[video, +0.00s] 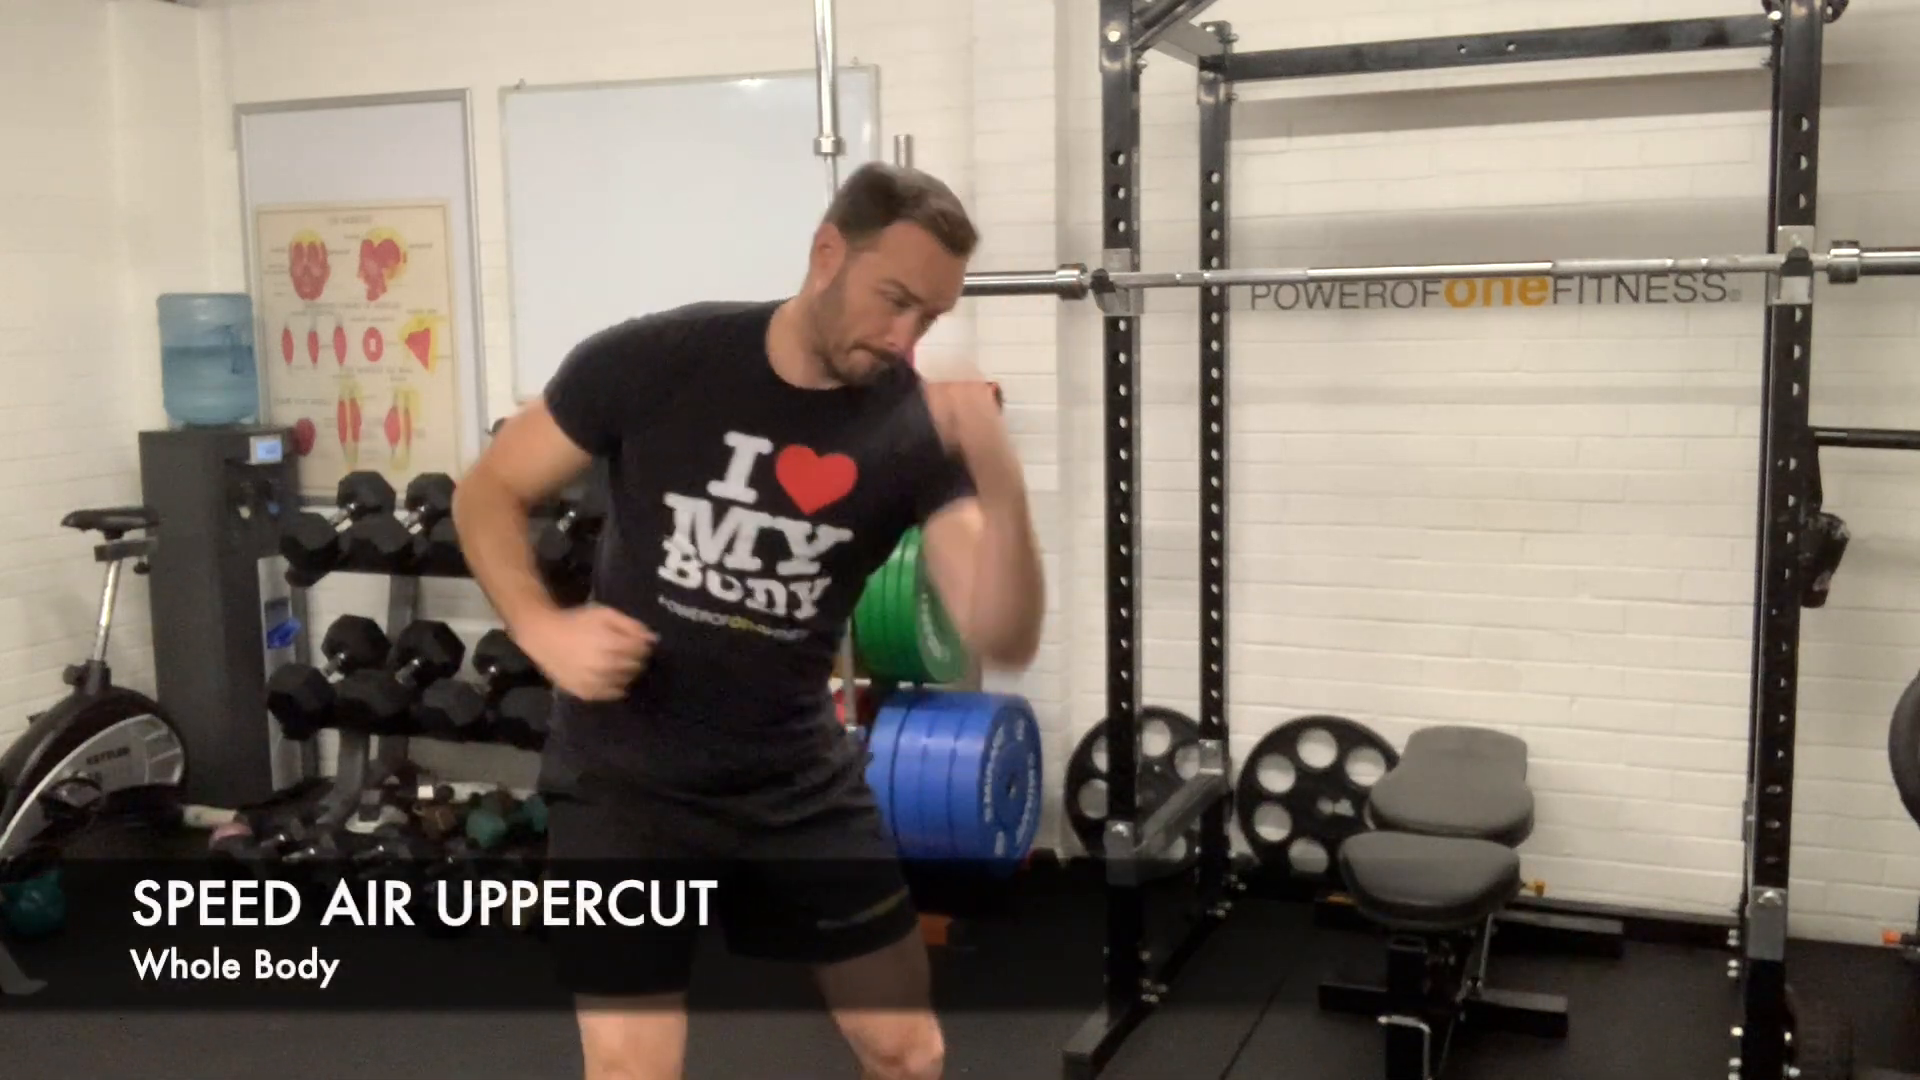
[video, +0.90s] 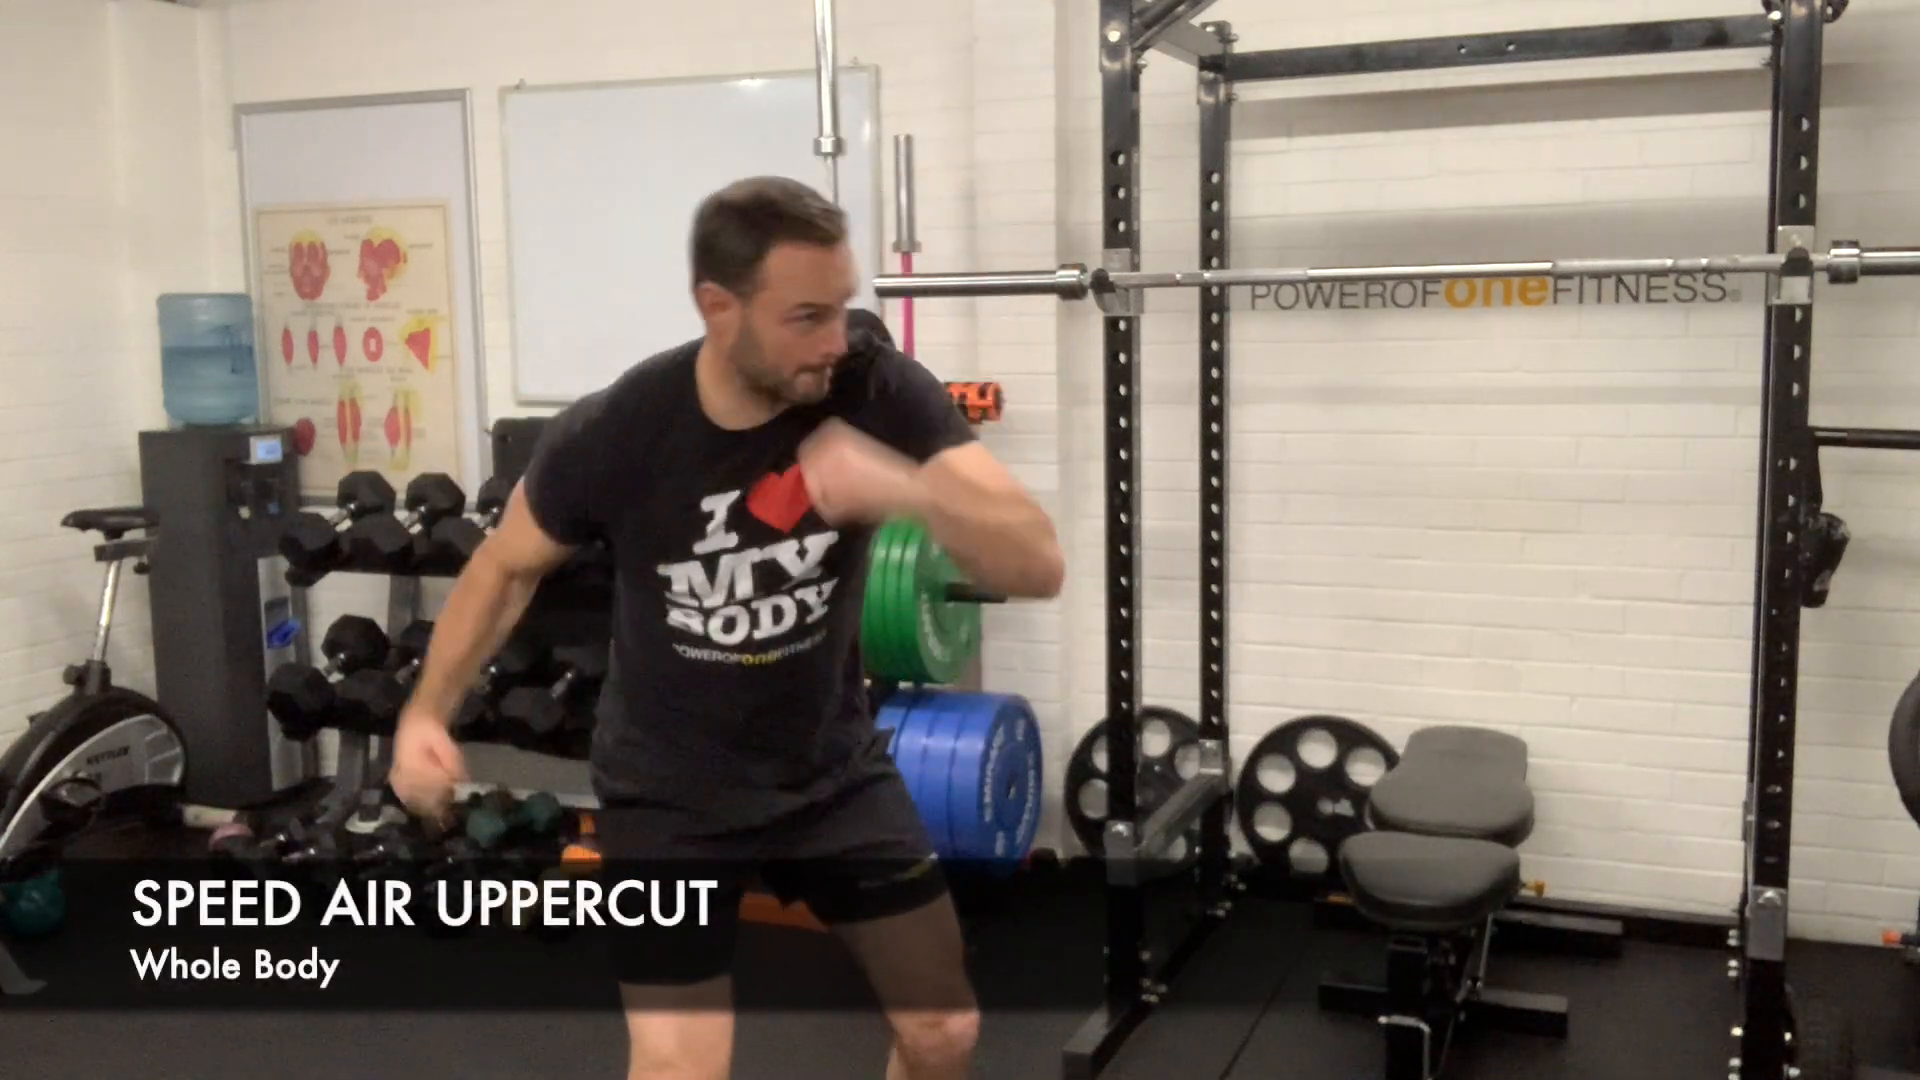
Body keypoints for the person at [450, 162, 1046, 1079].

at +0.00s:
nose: (907, 335)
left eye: (931, 316)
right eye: (894, 300)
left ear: (949, 308)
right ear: (826, 253)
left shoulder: (919, 432)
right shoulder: (648, 365)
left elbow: (1005, 638)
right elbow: (485, 492)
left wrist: (995, 466)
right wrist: (542, 627)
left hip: (798, 764)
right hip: (631, 761)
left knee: (909, 1054)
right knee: (632, 1065)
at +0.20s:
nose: (776, 301)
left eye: (789, 265)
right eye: (741, 277)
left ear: (803, 239)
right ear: (665, 267)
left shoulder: (870, 362)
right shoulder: (601, 399)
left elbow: (1031, 570)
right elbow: (505, 508)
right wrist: (493, 639)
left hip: (852, 758)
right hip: (674, 768)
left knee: (932, 1040)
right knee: (654, 1051)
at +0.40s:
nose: (823, 308)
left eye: (828, 279)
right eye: (800, 285)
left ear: (724, 277)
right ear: (710, 277)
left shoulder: (763, 360)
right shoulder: (673, 428)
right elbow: (863, 647)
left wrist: (849, 510)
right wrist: (985, 450)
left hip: (833, 741)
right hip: (716, 783)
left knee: (928, 1016)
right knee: (732, 1064)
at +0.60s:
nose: (920, 302)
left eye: (931, 276)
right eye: (906, 268)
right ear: (822, 247)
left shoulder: (860, 397)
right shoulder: (701, 351)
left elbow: (799, 589)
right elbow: (736, 525)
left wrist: (875, 701)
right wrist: (924, 429)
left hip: (778, 759)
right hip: (644, 776)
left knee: (894, 1013)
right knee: (679, 1066)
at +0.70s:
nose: (908, 309)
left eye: (922, 284)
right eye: (893, 276)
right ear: (810, 251)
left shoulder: (902, 429)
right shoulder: (655, 351)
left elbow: (942, 648)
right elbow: (505, 530)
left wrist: (994, 679)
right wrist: (711, 498)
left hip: (789, 763)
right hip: (629, 769)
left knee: (908, 1034)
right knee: (646, 1062)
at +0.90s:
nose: (836, 342)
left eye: (844, 312)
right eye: (807, 319)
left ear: (852, 290)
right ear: (717, 306)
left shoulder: (873, 386)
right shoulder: (611, 439)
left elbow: (1039, 564)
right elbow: (504, 568)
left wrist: (905, 489)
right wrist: (425, 715)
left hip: (833, 770)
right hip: (670, 786)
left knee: (944, 1031)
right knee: (681, 1063)